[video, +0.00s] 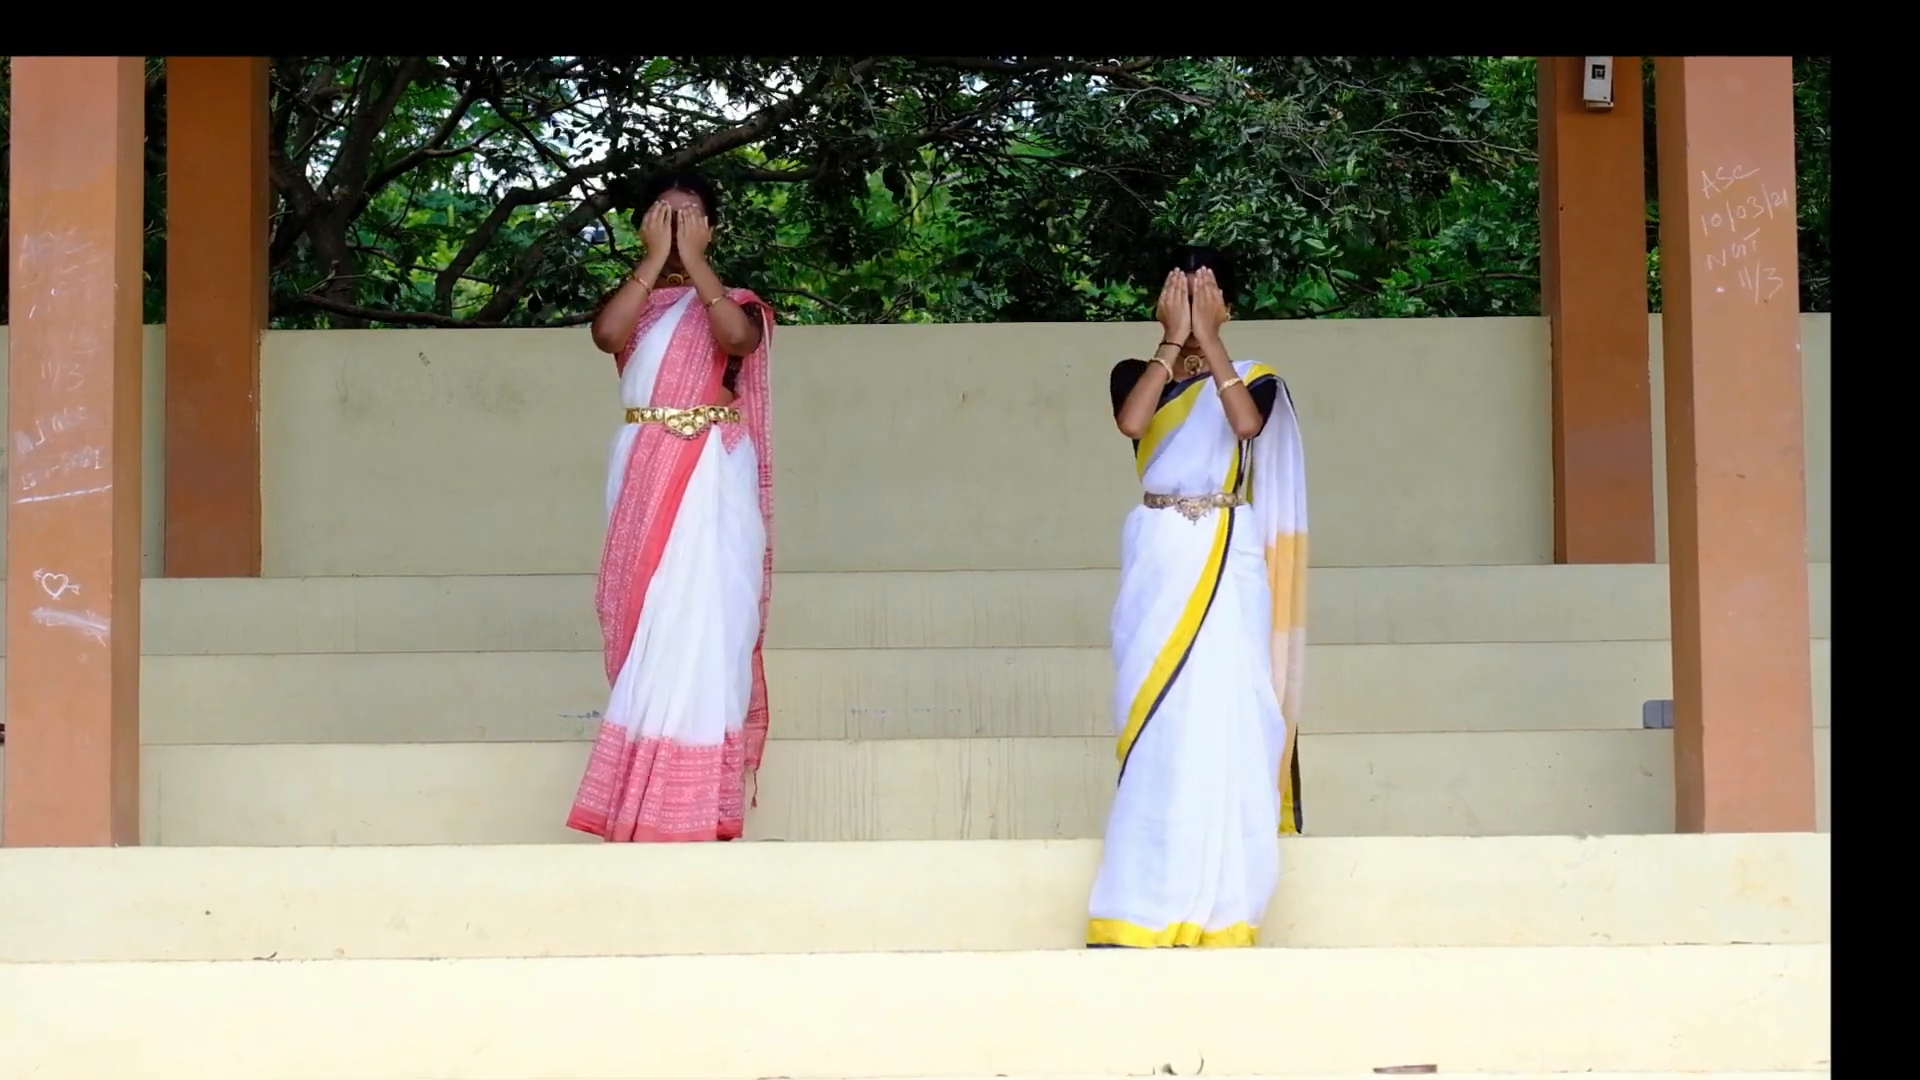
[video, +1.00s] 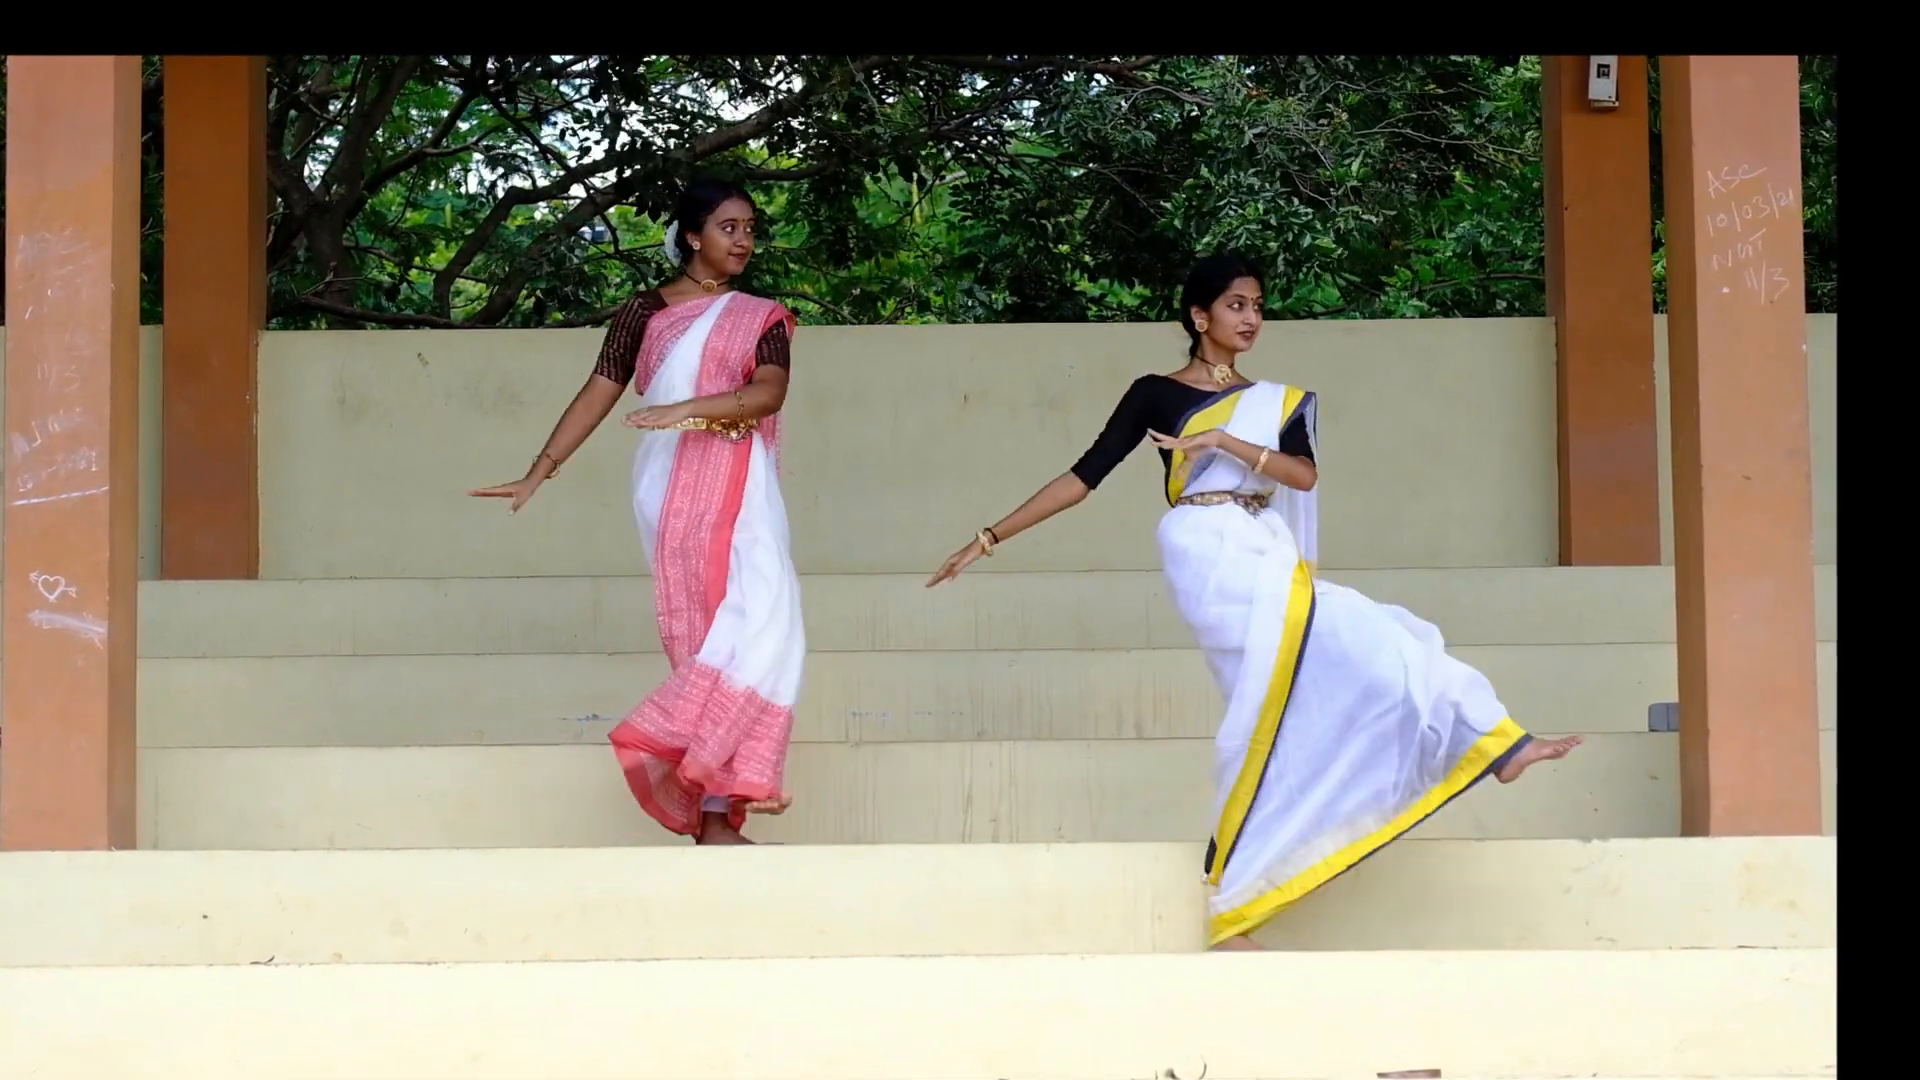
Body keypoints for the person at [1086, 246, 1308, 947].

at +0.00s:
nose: (1192, 318)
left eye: (1204, 306)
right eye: (1180, 305)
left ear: (1225, 311)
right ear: (1163, 309)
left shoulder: (1254, 379)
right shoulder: (1138, 375)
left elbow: (1246, 424)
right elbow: (1132, 422)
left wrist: (1209, 338)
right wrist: (1173, 342)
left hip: (1223, 566)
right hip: (1153, 563)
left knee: (1219, 726)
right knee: (1153, 723)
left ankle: (1218, 906)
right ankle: (1148, 905)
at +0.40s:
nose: (1202, 320)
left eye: (1215, 309)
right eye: (1189, 308)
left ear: (1230, 315)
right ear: (1165, 313)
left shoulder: (1262, 382)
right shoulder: (1141, 382)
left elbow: (1286, 458)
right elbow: (1136, 457)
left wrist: (1253, 366)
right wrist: (1173, 373)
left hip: (1240, 558)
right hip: (1172, 555)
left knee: (1239, 720)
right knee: (1169, 718)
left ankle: (1238, 905)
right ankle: (1163, 906)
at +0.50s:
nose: (1213, 318)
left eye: (1224, 307)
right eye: (1200, 305)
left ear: (1236, 316)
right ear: (1174, 311)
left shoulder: (1273, 392)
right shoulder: (1145, 389)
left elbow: (1299, 496)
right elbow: (1123, 498)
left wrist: (1265, 448)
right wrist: (1178, 441)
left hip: (1255, 563)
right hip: (1183, 563)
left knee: (1254, 723)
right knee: (1186, 722)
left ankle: (1248, 908)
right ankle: (1175, 908)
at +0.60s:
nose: (1225, 320)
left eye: (1235, 309)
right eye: (1212, 307)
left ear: (1244, 318)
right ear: (1181, 312)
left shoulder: (1271, 400)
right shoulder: (1148, 395)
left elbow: (1299, 498)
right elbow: (1121, 497)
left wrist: (1261, 510)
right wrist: (1132, 520)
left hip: (1266, 572)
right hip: (1193, 570)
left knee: (1284, 722)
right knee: (1248, 726)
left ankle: (1247, 913)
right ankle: (1167, 900)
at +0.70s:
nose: (1235, 316)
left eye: (1243, 305)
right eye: (1221, 303)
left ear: (1250, 316)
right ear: (1188, 310)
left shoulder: (1271, 399)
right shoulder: (1151, 395)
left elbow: (1301, 494)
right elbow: (1115, 488)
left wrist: (1257, 518)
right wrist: (1079, 564)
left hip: (1266, 564)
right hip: (1196, 563)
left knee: (1287, 709)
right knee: (1255, 707)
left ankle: (1250, 895)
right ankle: (1223, 889)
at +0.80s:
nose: (1242, 316)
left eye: (1250, 304)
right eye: (1228, 302)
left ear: (1255, 313)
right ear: (1192, 309)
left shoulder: (1274, 396)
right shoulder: (1156, 393)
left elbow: (1305, 488)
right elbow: (1100, 486)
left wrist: (1228, 499)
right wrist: (1030, 566)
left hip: (1265, 555)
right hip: (1199, 555)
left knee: (1252, 706)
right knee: (1309, 648)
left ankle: (1246, 883)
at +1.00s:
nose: (1247, 319)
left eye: (1255, 308)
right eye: (1236, 305)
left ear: (1258, 318)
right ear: (1198, 309)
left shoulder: (1277, 398)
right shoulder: (1160, 395)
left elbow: (1304, 476)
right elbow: (1077, 480)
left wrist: (1230, 445)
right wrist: (989, 537)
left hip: (1273, 556)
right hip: (1205, 556)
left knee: (1391, 633)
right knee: (1264, 699)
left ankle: (1501, 744)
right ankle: (1233, 885)